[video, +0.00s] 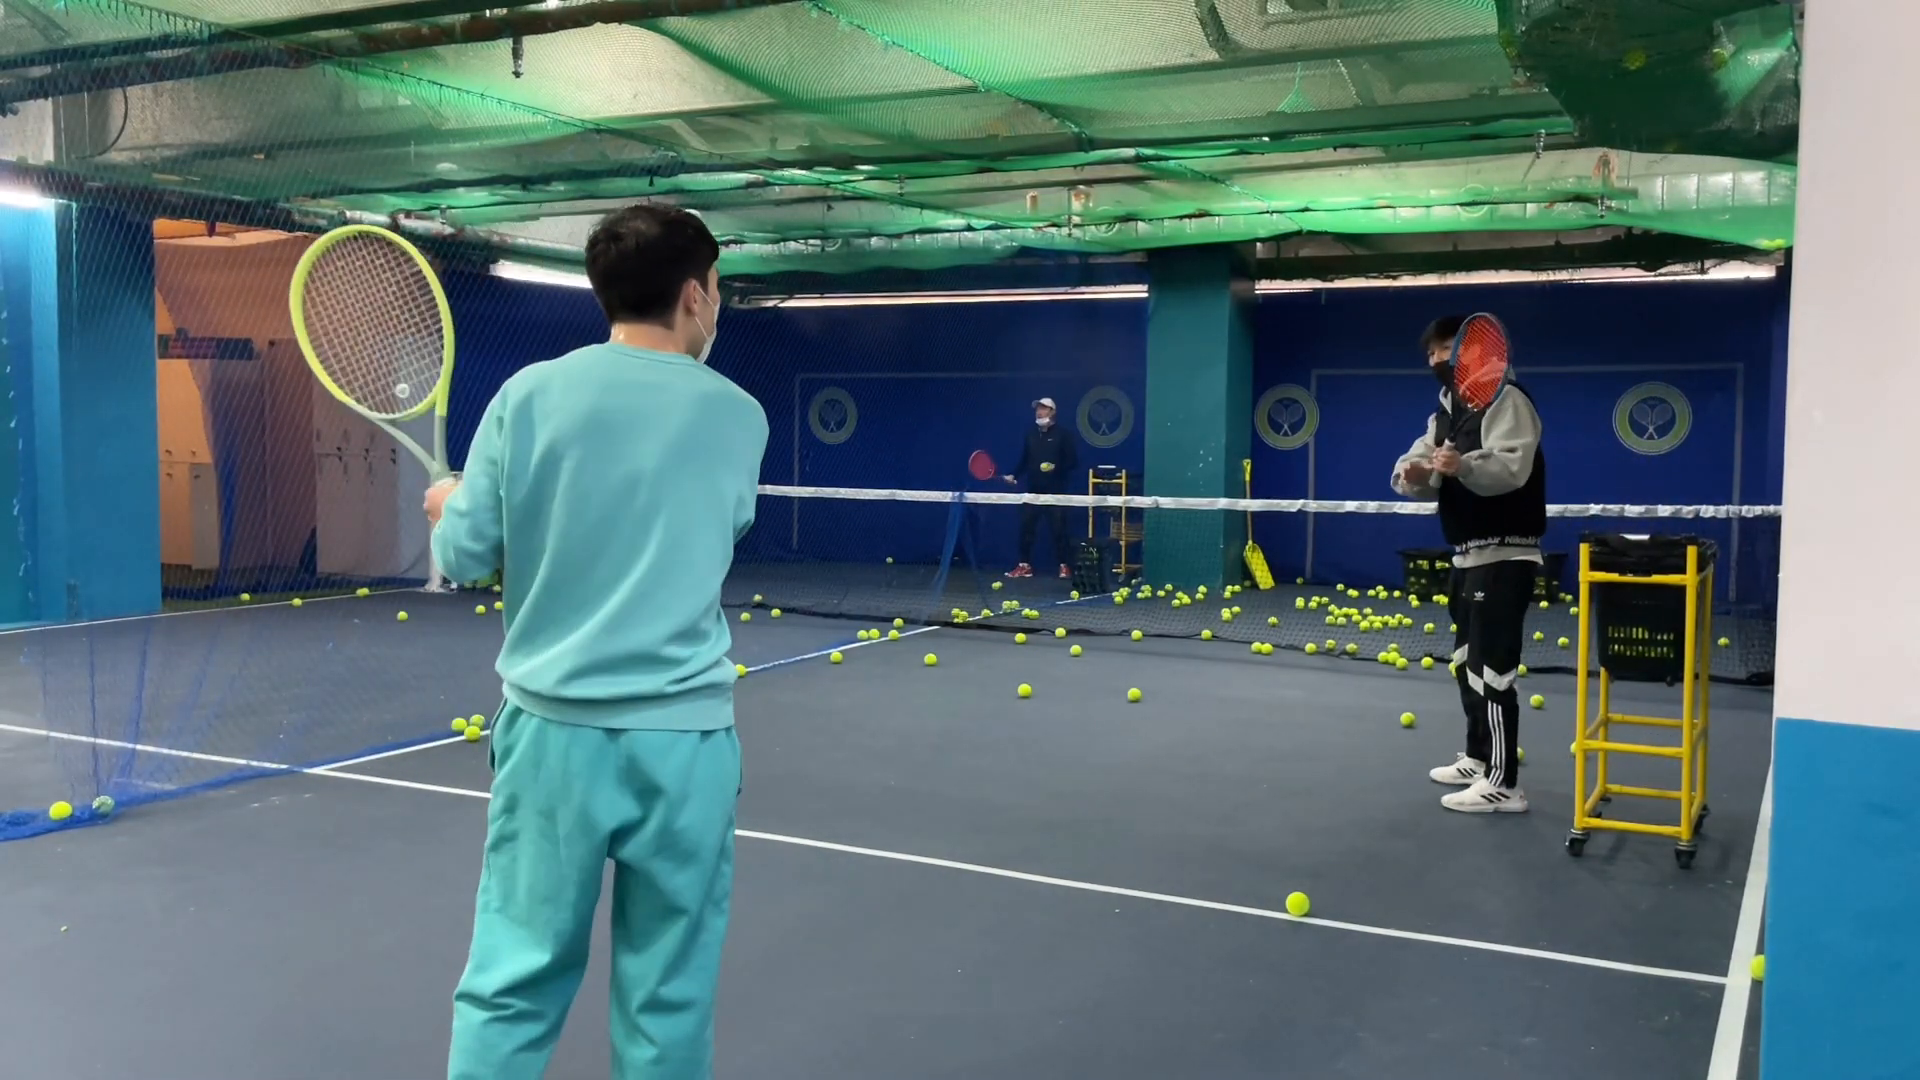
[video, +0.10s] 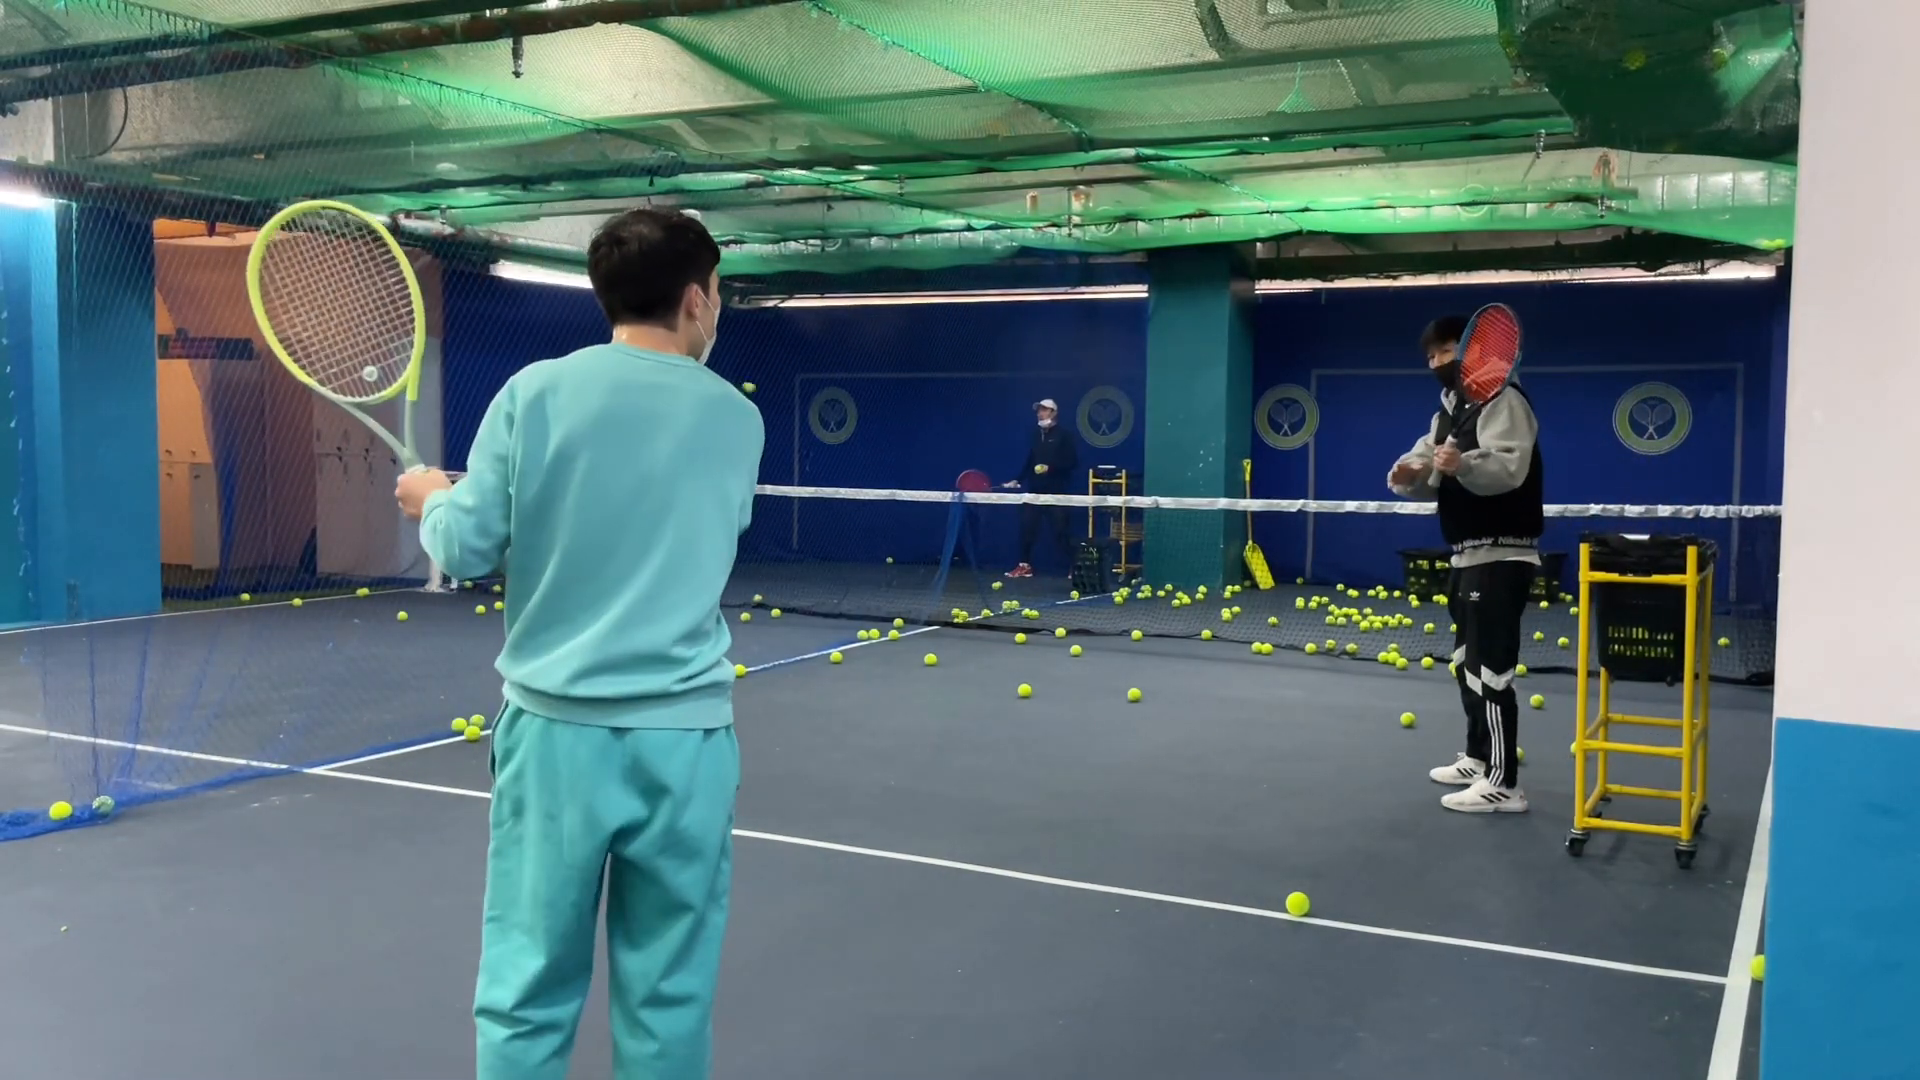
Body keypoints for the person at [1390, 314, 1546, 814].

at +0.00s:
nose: (1438, 361)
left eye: (1445, 350)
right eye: (1432, 355)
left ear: (1472, 348)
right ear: (1431, 360)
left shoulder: (1507, 401)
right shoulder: (1446, 413)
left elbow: (1511, 467)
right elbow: (1420, 467)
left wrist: (1461, 466)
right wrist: (1410, 473)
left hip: (1506, 553)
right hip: (1469, 555)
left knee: (1494, 670)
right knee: (1468, 664)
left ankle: (1503, 785)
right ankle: (1479, 760)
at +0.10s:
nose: (1438, 361)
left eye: (1446, 350)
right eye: (1432, 355)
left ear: (1471, 348)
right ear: (1431, 361)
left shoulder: (1504, 401)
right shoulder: (1448, 413)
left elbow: (1509, 468)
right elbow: (1431, 469)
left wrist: (1462, 465)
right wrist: (1407, 475)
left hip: (1502, 554)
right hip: (1468, 555)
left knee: (1493, 672)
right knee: (1469, 666)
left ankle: (1504, 785)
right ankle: (1478, 760)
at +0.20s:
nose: (1440, 365)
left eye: (1446, 354)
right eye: (1433, 359)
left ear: (1470, 350)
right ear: (1431, 364)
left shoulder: (1499, 401)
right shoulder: (1454, 409)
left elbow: (1504, 467)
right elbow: (1433, 457)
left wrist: (1460, 472)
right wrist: (1406, 474)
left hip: (1499, 554)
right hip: (1469, 554)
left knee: (1492, 673)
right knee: (1470, 667)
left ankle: (1504, 786)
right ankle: (1479, 760)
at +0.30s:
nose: (1438, 367)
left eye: (1444, 356)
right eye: (1432, 361)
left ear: (1472, 351)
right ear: (1433, 365)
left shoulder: (1497, 400)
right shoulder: (1460, 403)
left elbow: (1505, 469)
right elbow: (1436, 453)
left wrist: (1449, 479)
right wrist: (1406, 478)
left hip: (1496, 554)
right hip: (1470, 553)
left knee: (1488, 671)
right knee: (1469, 667)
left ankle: (1503, 786)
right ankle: (1479, 761)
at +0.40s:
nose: (1438, 368)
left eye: (1444, 356)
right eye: (1432, 361)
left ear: (1471, 351)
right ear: (1435, 364)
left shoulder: (1494, 399)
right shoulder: (1464, 401)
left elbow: (1491, 465)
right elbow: (1437, 455)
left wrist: (1440, 485)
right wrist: (1405, 482)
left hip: (1493, 557)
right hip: (1469, 556)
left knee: (1484, 671)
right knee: (1467, 668)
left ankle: (1502, 786)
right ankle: (1478, 760)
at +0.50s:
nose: (1438, 367)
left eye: (1444, 356)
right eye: (1433, 361)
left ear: (1473, 352)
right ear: (1436, 365)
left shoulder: (1497, 402)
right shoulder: (1464, 401)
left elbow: (1479, 473)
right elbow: (1441, 451)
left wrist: (1435, 495)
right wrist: (1412, 476)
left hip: (1497, 556)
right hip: (1468, 554)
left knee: (1481, 670)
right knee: (1465, 667)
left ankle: (1502, 786)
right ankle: (1478, 760)